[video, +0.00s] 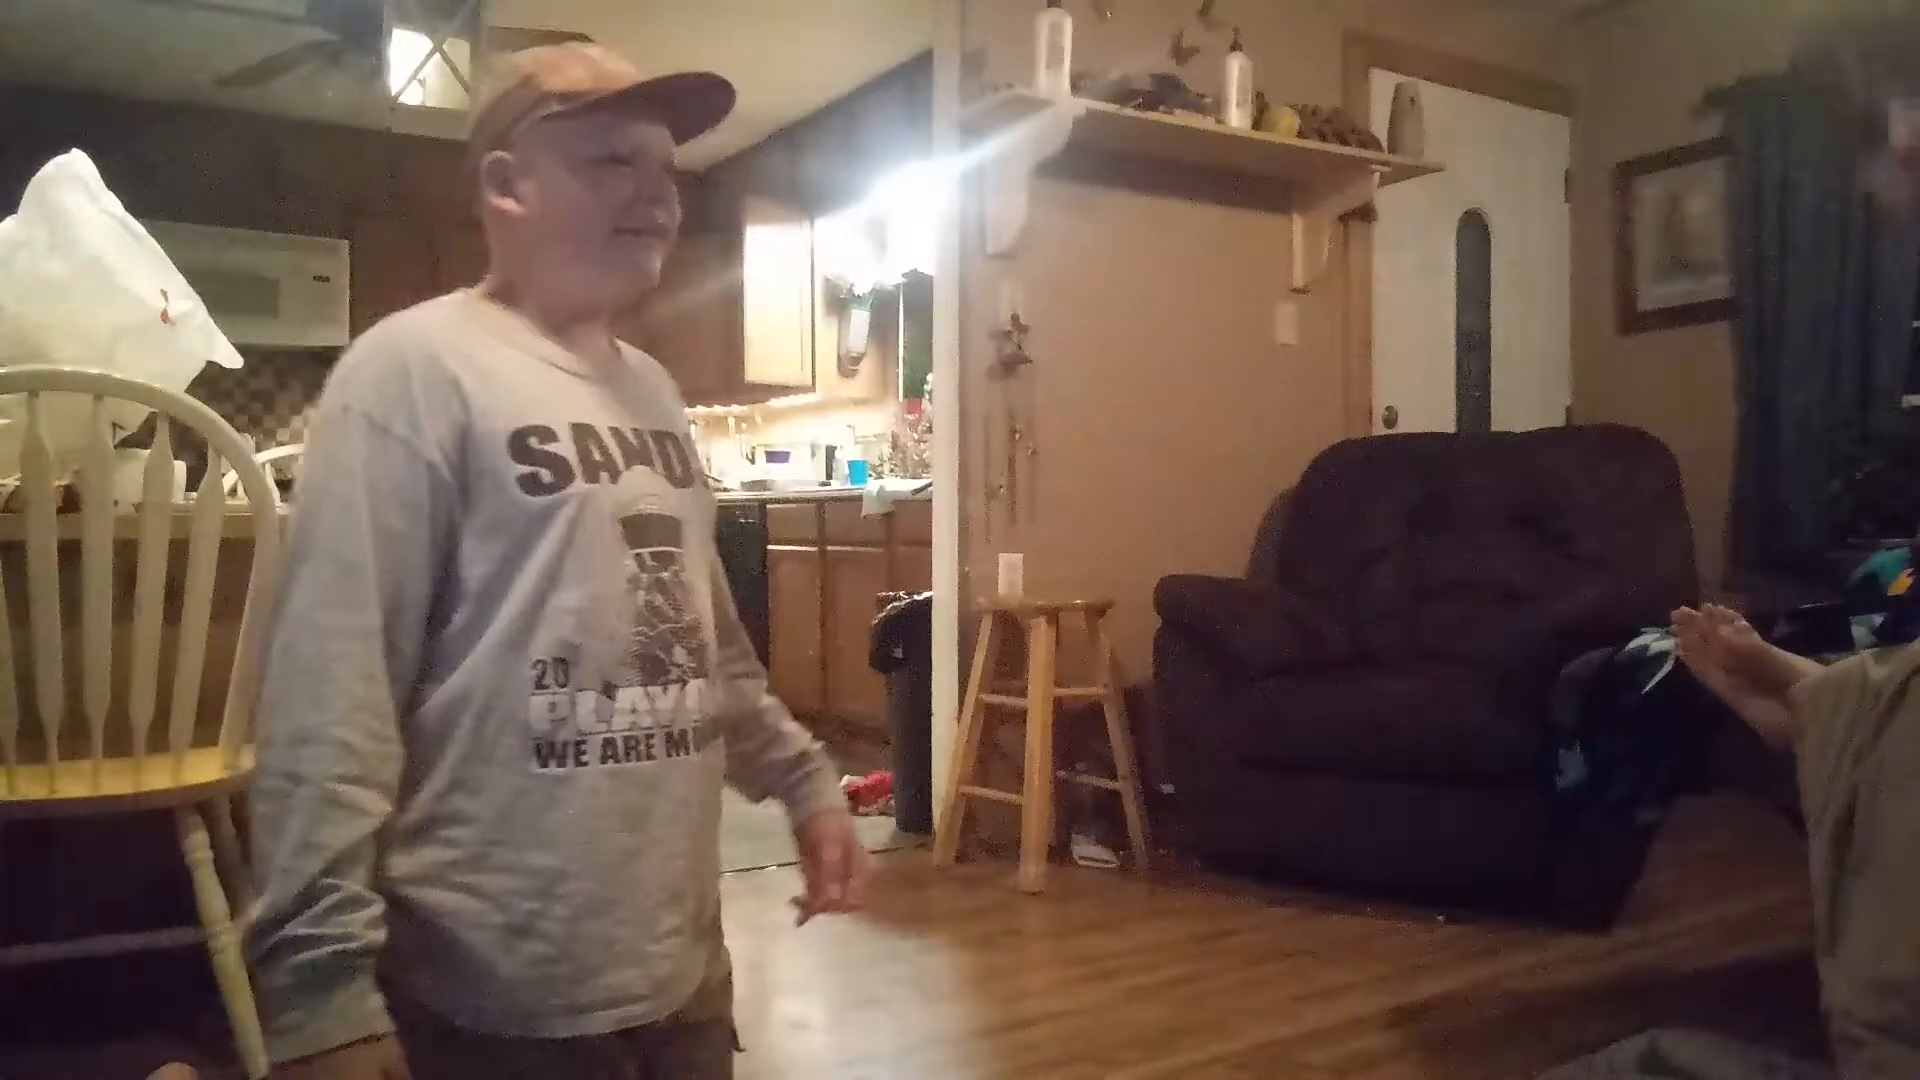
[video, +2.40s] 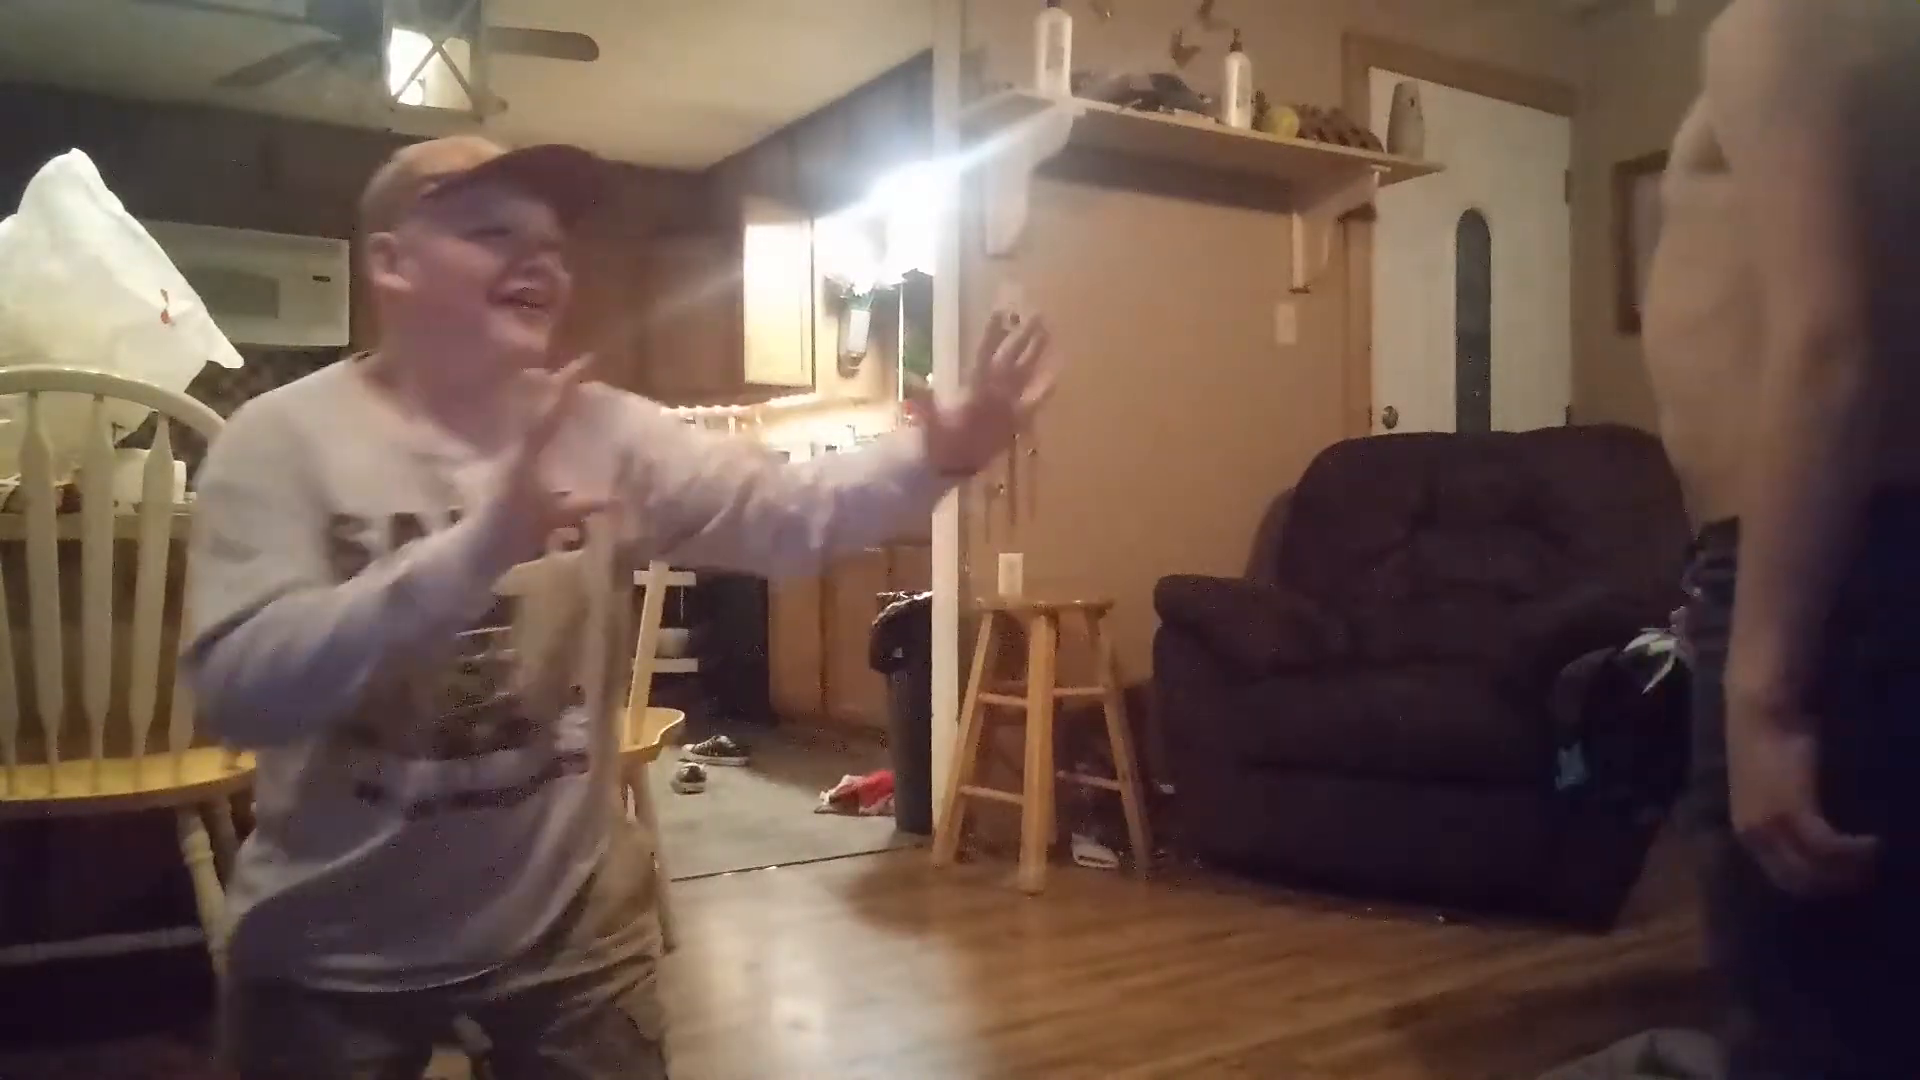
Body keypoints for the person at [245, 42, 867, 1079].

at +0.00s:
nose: (660, 198)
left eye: (669, 171)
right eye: (612, 162)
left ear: (681, 194)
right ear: (505, 186)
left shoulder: (649, 386)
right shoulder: (411, 367)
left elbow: (704, 639)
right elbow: (326, 689)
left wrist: (809, 786)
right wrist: (323, 1009)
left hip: (679, 977)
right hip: (489, 1002)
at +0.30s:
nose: (706, 203)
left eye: (714, 176)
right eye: (658, 172)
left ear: (728, 200)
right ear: (556, 203)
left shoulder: (706, 391)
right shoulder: (474, 382)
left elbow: (765, 644)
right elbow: (414, 686)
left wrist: (854, 780)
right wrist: (443, 963)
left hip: (714, 962)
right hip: (544, 983)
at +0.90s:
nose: (693, 187)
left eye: (692, 163)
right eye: (646, 158)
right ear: (541, 189)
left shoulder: (689, 387)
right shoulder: (454, 371)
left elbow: (718, 648)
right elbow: (387, 675)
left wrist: (811, 802)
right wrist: (580, 903)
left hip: (698, 956)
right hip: (511, 979)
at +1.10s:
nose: (701, 203)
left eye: (700, 178)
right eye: (656, 174)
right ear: (553, 203)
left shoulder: (698, 396)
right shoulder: (463, 374)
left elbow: (748, 638)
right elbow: (390, 650)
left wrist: (865, 748)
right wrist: (647, 766)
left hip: (691, 927)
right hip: (518, 951)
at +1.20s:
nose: (713, 213)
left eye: (718, 191)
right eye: (672, 185)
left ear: (729, 216)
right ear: (569, 215)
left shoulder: (710, 402)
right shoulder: (475, 377)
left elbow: (775, 624)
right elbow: (397, 630)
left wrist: (897, 696)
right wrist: (636, 673)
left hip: (693, 925)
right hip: (514, 945)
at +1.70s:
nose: (640, 234)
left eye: (649, 215)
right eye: (592, 204)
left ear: (663, 245)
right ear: (490, 234)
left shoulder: (667, 419)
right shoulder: (394, 398)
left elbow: (758, 596)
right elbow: (380, 646)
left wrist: (882, 569)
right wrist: (618, 519)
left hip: (643, 930)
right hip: (426, 948)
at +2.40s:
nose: (542, 259)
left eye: (553, 240)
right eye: (495, 232)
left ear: (569, 273)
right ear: (390, 264)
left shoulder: (600, 431)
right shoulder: (275, 443)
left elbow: (780, 509)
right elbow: (237, 681)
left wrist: (928, 462)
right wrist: (476, 554)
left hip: (570, 921)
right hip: (329, 941)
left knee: (616, 1065)